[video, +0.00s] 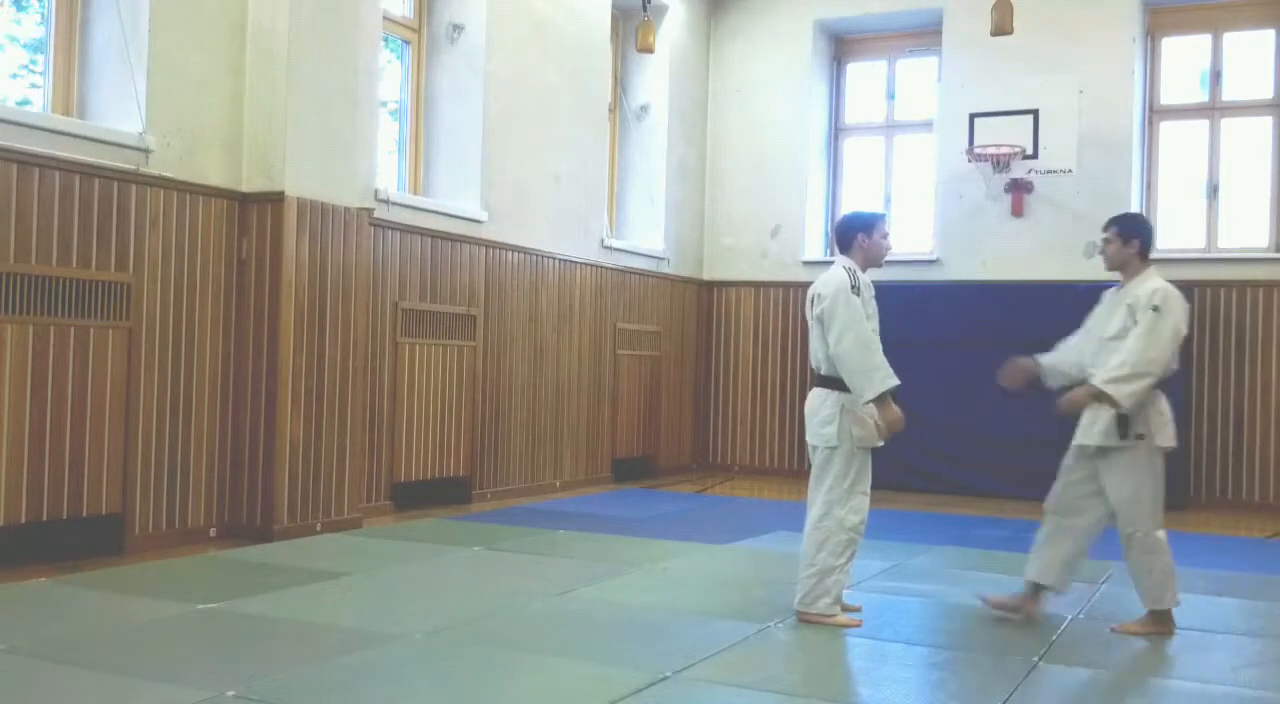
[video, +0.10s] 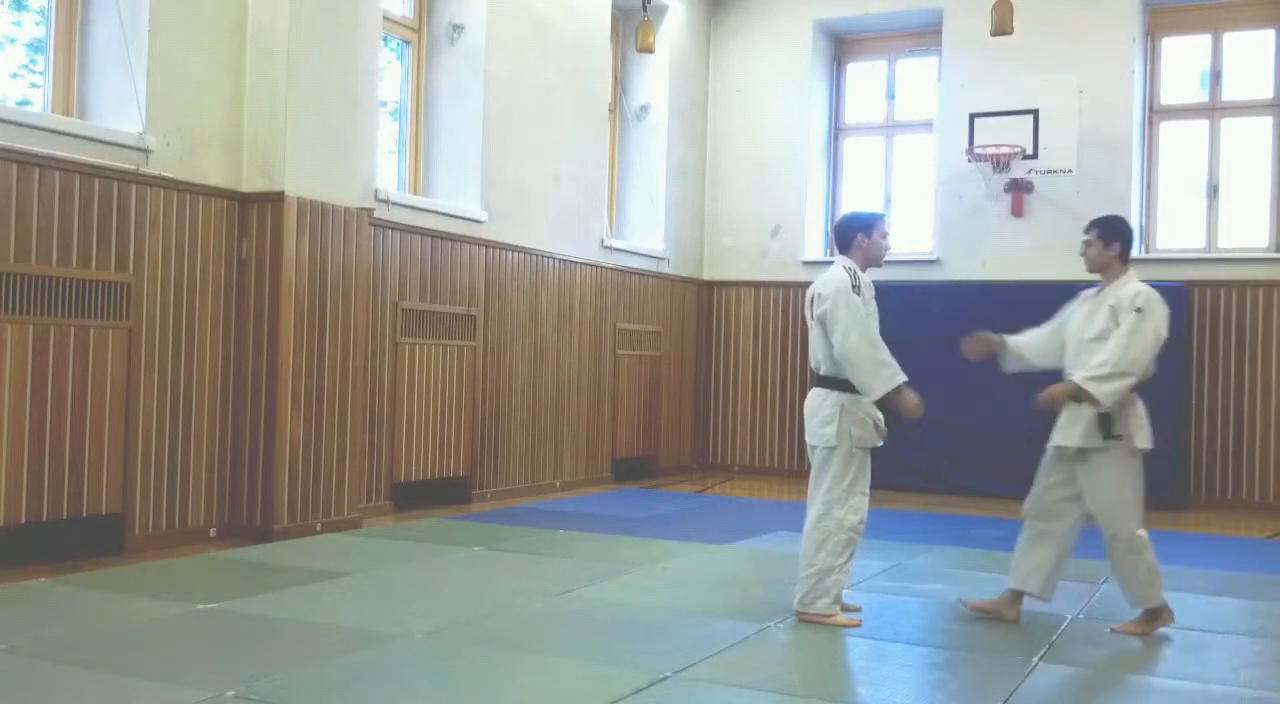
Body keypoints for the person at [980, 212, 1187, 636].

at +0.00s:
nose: (1102, 249)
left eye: (1109, 242)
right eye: (1103, 242)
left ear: (1135, 246)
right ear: (1124, 247)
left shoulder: (1163, 297)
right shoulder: (1113, 297)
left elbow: (1146, 359)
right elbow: (1083, 348)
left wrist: (1093, 391)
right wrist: (1037, 367)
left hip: (1134, 424)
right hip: (1095, 419)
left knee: (1139, 523)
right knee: (1065, 507)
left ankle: (1160, 614)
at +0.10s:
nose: (1083, 250)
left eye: (1090, 244)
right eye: (1084, 244)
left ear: (1116, 248)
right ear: (1102, 250)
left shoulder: (1143, 300)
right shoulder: (1084, 301)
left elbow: (1130, 361)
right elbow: (1048, 341)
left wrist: (1074, 388)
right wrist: (999, 345)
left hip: (1113, 427)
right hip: (1071, 423)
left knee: (1121, 525)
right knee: (1044, 512)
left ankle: (1155, 607)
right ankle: (1011, 600)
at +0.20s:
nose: (1063, 248)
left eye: (1070, 243)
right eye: (1064, 243)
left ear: (1095, 247)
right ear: (1081, 249)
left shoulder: (1122, 301)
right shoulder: (1058, 302)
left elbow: (1109, 361)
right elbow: (1013, 330)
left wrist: (1054, 387)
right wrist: (966, 325)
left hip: (1087, 424)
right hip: (1045, 419)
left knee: (1085, 517)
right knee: (1023, 509)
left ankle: (1138, 594)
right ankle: (1005, 600)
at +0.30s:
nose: (1041, 248)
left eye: (1048, 241)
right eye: (1042, 241)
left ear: (1074, 246)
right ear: (1060, 247)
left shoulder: (1103, 298)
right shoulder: (1038, 295)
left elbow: (1089, 361)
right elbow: (991, 319)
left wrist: (1034, 384)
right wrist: (939, 311)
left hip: (1066, 419)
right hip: (1027, 415)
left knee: (1039, 507)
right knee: (1001, 506)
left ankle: (1104, 584)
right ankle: (1004, 600)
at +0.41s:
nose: (1022, 246)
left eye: (1029, 239)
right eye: (1022, 239)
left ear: (1054, 243)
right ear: (1045, 244)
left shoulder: (1085, 295)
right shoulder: (1022, 290)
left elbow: (1069, 358)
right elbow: (974, 311)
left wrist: (1013, 377)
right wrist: (924, 307)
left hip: (1053, 415)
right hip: (1016, 412)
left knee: (1020, 504)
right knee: (992, 501)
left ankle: (1051, 605)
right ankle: (1003, 599)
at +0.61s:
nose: (998, 248)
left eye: (1004, 240)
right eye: (997, 241)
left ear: (1030, 241)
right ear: (1021, 243)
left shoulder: (1055, 288)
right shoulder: (1012, 290)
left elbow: (1022, 341)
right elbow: (982, 323)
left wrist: (959, 352)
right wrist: (942, 346)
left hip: (1035, 408)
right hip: (1005, 406)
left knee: (1013, 506)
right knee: (987, 503)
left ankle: (1013, 608)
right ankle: (997, 599)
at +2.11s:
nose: (947, 254)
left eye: (951, 244)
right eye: (946, 246)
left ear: (976, 240)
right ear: (972, 243)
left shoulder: (1005, 285)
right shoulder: (970, 287)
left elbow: (968, 335)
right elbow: (949, 328)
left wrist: (903, 334)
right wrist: (896, 328)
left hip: (990, 406)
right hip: (957, 406)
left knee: (991, 510)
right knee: (933, 495)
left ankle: (1012, 611)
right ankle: (969, 588)